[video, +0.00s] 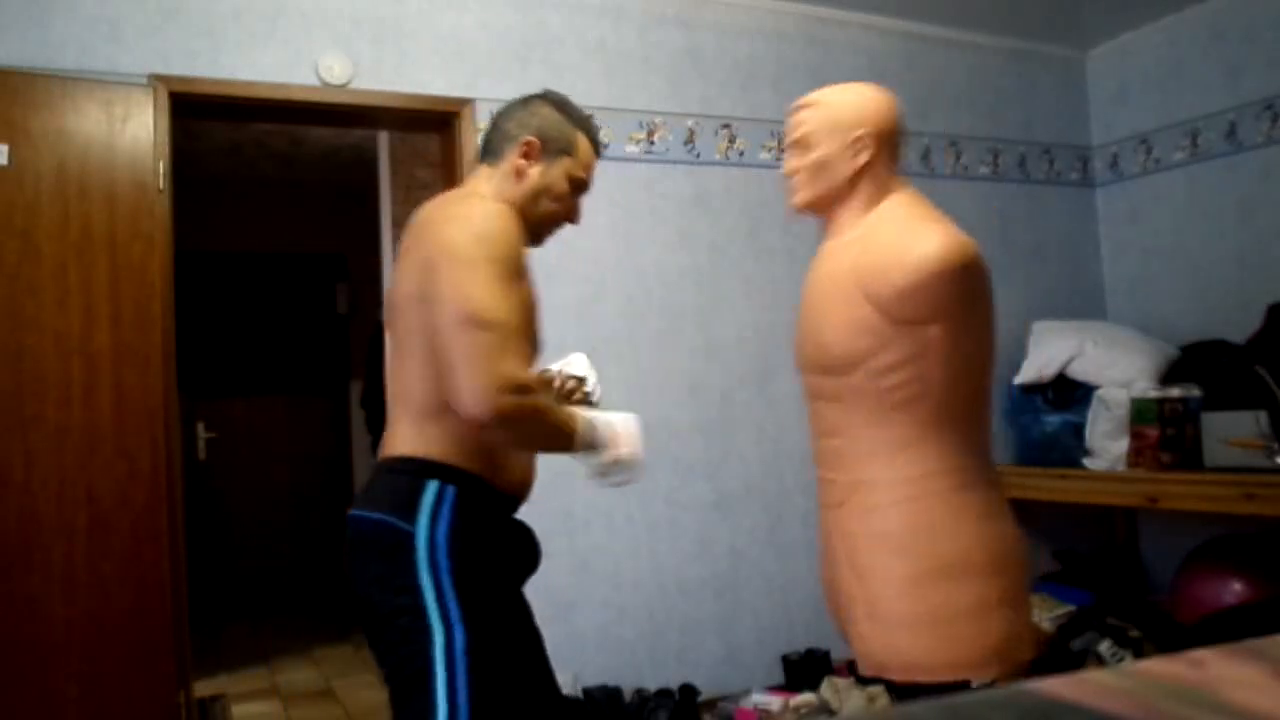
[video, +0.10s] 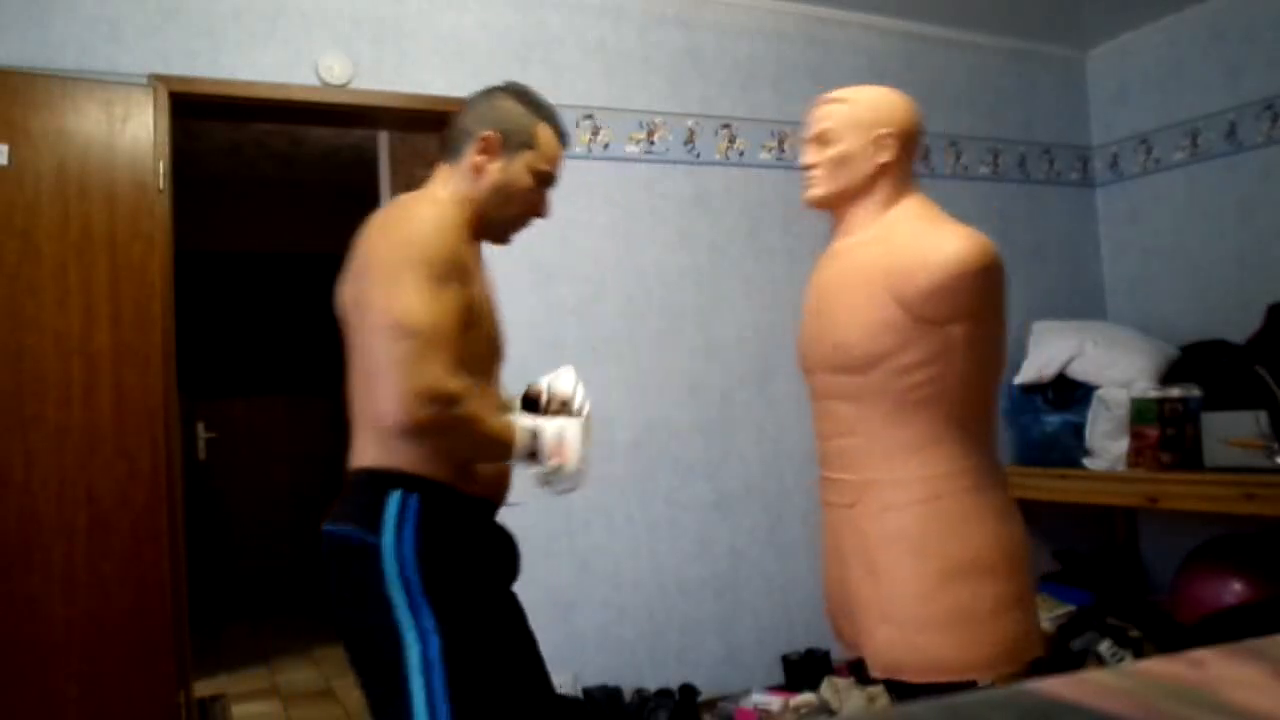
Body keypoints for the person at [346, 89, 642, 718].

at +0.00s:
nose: (576, 212)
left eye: (582, 193)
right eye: (575, 185)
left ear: (524, 160)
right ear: (527, 158)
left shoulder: (445, 220)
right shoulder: (475, 222)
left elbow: (445, 387)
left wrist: (537, 389)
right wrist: (590, 433)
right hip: (438, 522)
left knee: (521, 706)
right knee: (474, 708)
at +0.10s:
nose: (544, 206)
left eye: (549, 186)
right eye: (539, 179)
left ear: (485, 159)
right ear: (485, 156)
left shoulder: (449, 237)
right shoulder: (418, 228)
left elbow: (447, 391)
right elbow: (410, 403)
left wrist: (528, 408)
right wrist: (531, 438)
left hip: (445, 525)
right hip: (408, 528)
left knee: (519, 708)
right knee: (452, 713)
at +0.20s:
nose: (503, 220)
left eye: (506, 199)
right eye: (495, 194)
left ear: (437, 178)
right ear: (434, 174)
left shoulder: (415, 270)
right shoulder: (357, 264)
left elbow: (423, 434)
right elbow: (352, 450)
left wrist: (503, 477)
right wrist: (484, 494)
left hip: (430, 557)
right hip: (373, 562)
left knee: (530, 707)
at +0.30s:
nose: (465, 226)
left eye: (468, 206)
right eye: (455, 201)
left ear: (393, 187)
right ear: (389, 184)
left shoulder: (380, 304)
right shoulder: (295, 294)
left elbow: (391, 467)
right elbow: (270, 490)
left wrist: (471, 511)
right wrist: (431, 545)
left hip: (397, 595)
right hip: (325, 604)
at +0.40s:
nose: (441, 182)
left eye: (447, 163)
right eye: (429, 156)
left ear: (364, 138)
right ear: (361, 133)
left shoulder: (361, 249)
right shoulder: (250, 229)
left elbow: (336, 419)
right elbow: (162, 405)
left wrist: (406, 474)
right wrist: (334, 484)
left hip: (363, 557)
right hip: (271, 560)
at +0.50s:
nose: (410, 136)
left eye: (415, 115)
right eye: (397, 105)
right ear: (325, 84)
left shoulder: (365, 224)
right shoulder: (211, 174)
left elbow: (337, 370)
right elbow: (88, 331)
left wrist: (378, 430)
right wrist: (260, 415)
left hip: (346, 510)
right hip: (237, 508)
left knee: (398, 706)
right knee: (235, 711)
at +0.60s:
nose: (372, 143)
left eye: (378, 123)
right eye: (358, 114)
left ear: (289, 99)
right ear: (284, 94)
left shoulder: (336, 230)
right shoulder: (160, 192)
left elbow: (316, 365)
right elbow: (46, 354)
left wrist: (361, 433)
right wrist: (217, 426)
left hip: (327, 516)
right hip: (214, 521)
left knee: (354, 710)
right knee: (222, 713)